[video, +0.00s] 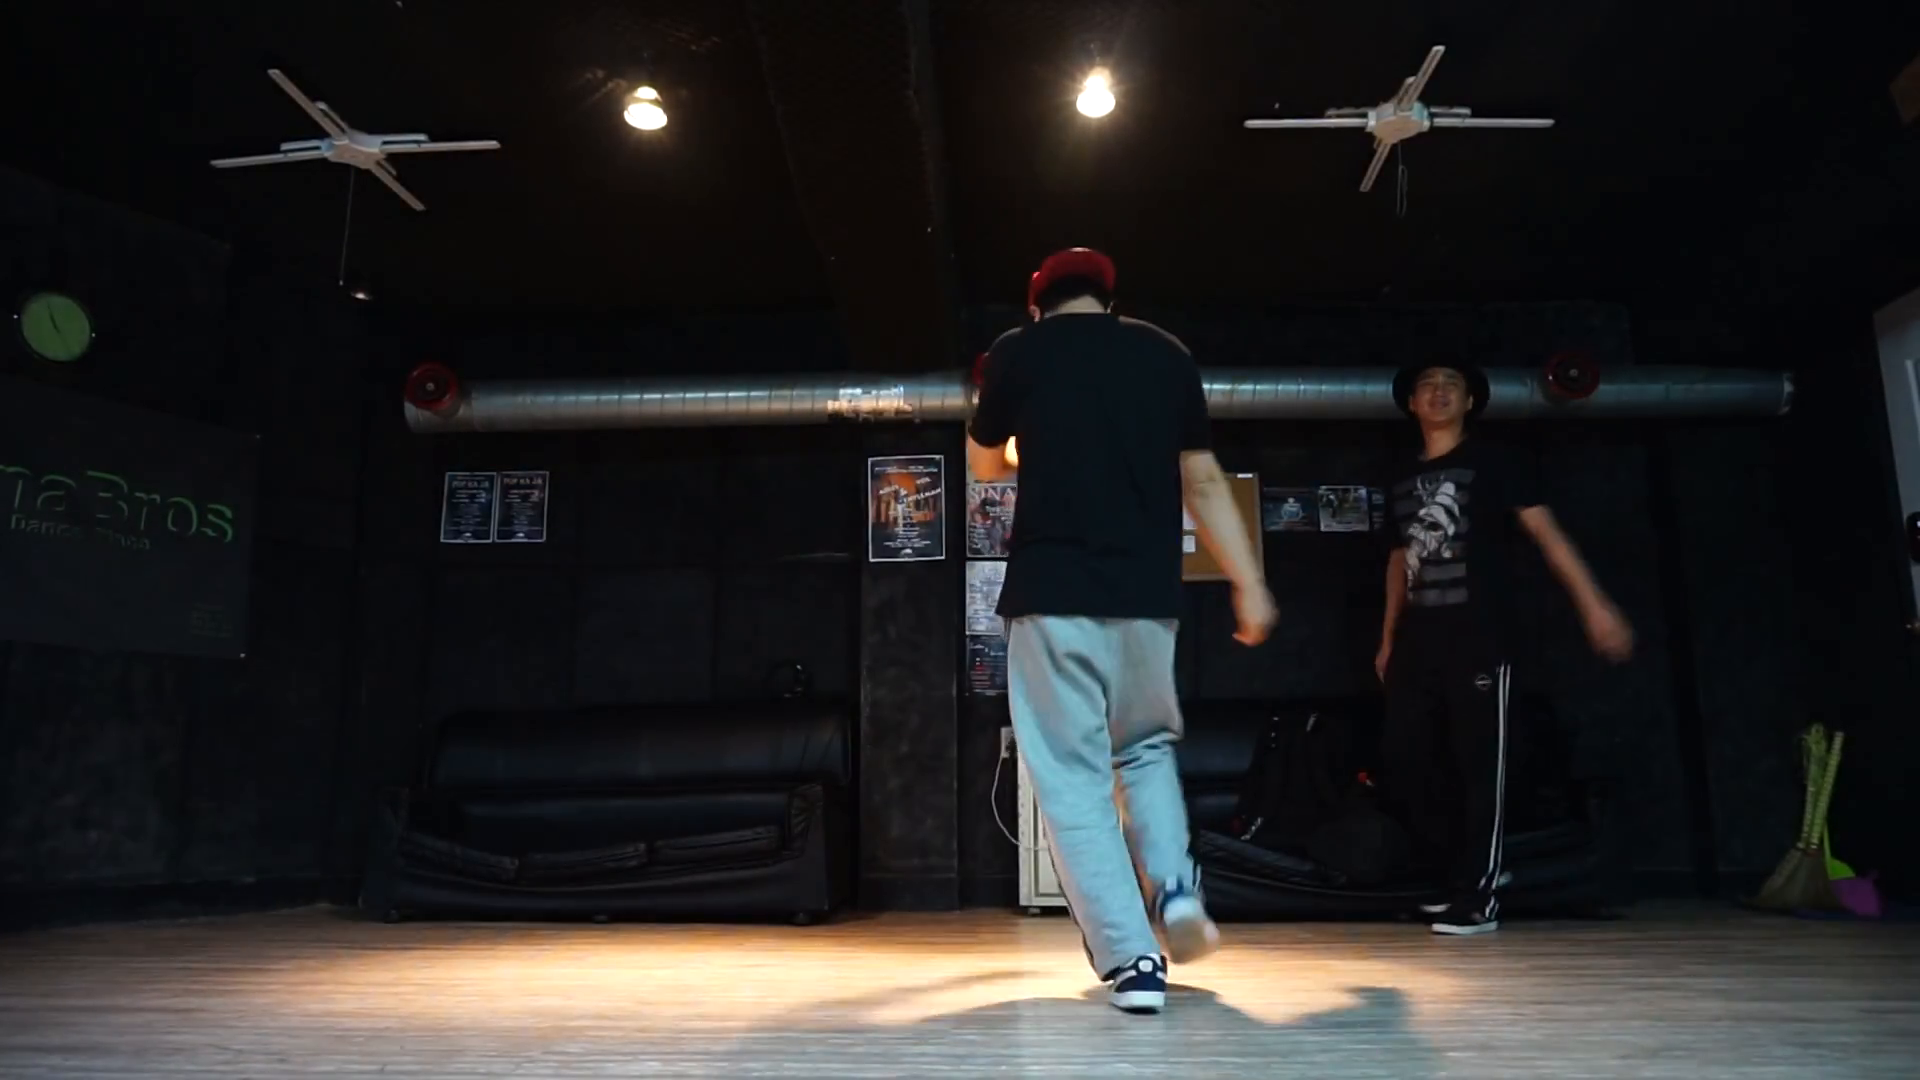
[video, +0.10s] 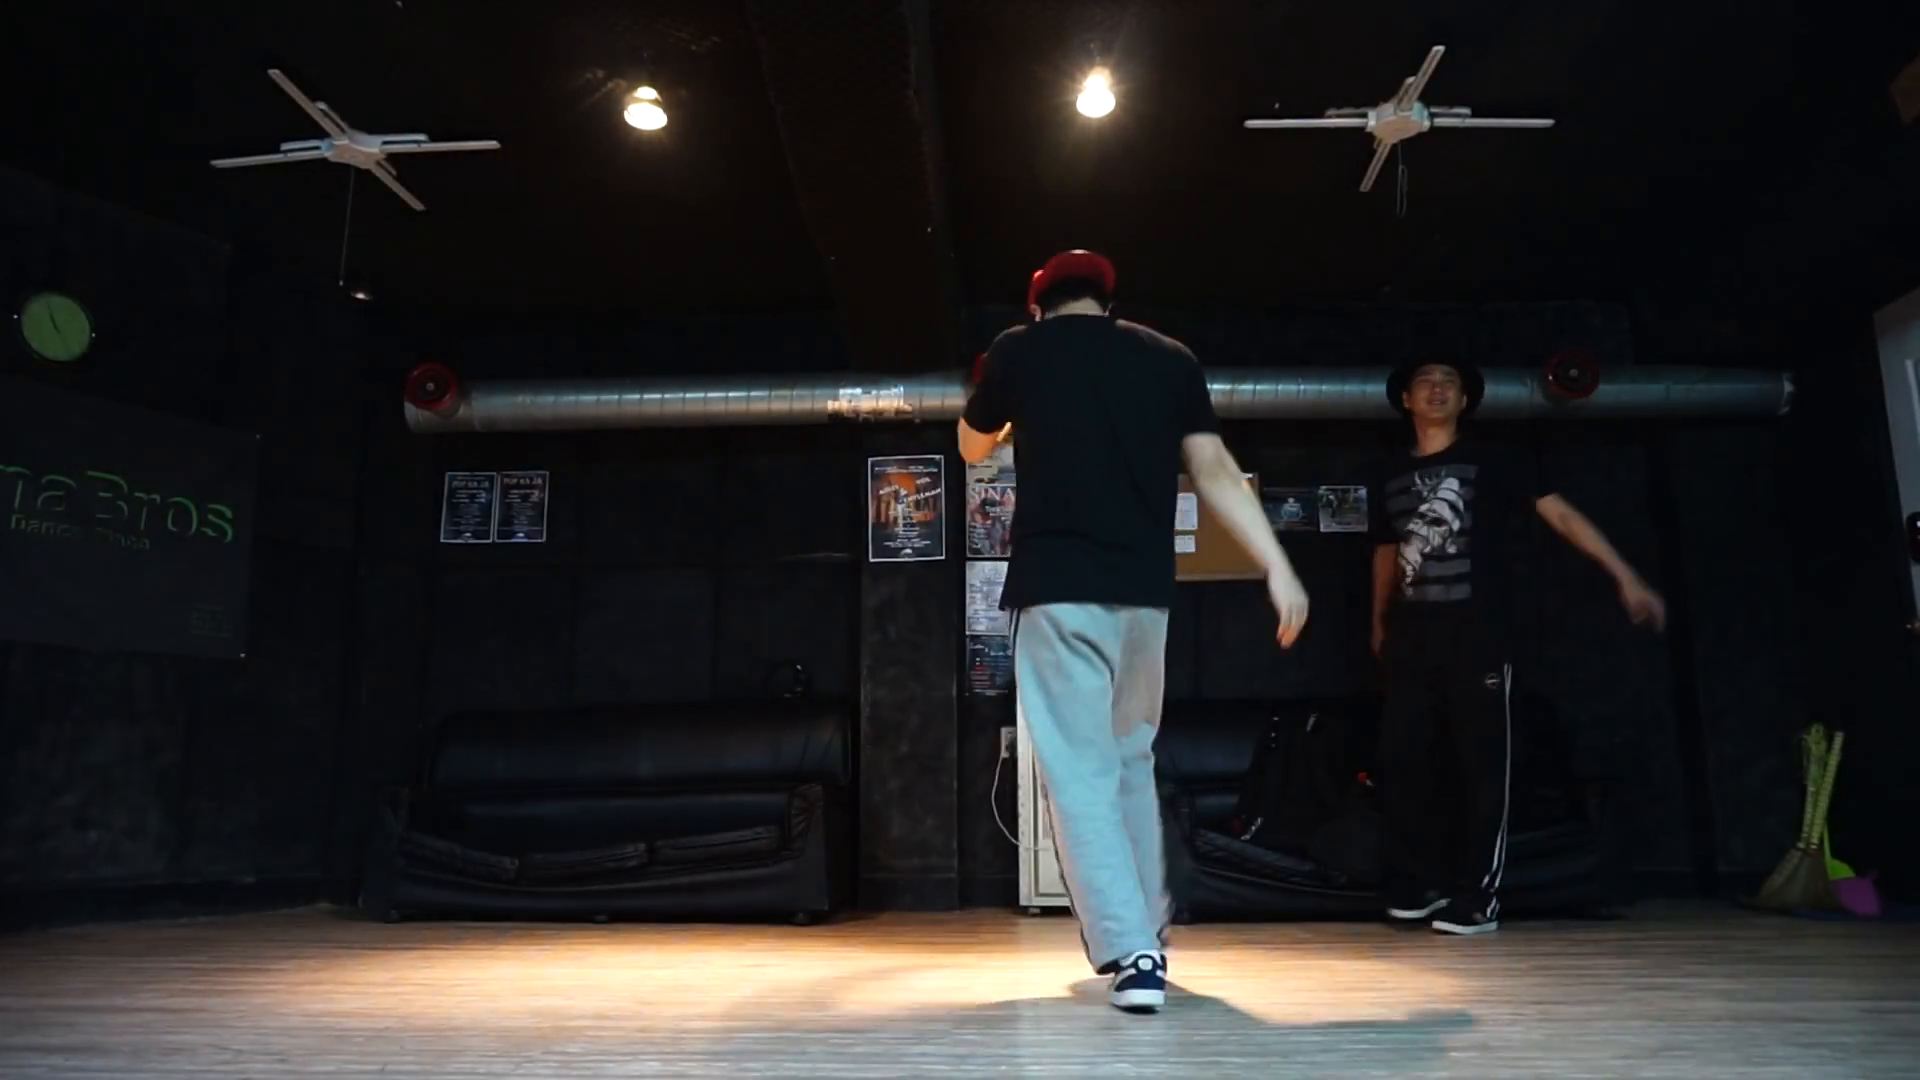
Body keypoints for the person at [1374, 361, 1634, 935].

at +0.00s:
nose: (1438, 393)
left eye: (1450, 385)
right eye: (1427, 385)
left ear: (1470, 401)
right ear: (1410, 402)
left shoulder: (1496, 463)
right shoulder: (1405, 480)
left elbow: (1548, 534)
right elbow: (1399, 564)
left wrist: (1595, 608)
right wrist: (1389, 639)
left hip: (1481, 639)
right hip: (1420, 644)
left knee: (1480, 770)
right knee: (1422, 764)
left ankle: (1478, 900)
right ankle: (1452, 883)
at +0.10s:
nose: (1436, 391)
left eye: (1447, 383)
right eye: (1425, 383)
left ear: (1465, 398)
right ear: (1406, 399)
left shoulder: (1494, 459)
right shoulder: (1392, 474)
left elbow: (1562, 517)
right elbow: (1385, 555)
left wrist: (1625, 576)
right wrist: (1380, 620)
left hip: (1478, 637)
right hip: (1414, 638)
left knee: (1483, 770)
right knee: (1414, 764)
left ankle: (1479, 900)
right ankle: (1428, 886)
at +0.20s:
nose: (1433, 392)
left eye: (1443, 385)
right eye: (1421, 385)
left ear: (1458, 401)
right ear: (1399, 401)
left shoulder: (1489, 463)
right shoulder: (1385, 478)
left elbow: (1563, 517)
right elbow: (1367, 550)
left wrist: (1635, 568)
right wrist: (1353, 606)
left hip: (1478, 640)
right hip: (1407, 643)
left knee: (1486, 770)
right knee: (1403, 765)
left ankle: (1478, 901)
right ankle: (1399, 897)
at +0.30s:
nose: (1425, 393)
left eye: (1435, 385)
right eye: (1413, 386)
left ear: (1450, 401)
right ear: (1391, 404)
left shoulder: (1483, 468)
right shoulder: (1372, 480)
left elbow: (1551, 522)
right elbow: (1338, 545)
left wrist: (1631, 574)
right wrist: (1305, 598)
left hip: (1477, 643)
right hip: (1403, 646)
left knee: (1488, 770)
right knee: (1405, 769)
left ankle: (1478, 903)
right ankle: (1398, 902)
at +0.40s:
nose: (1420, 390)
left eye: (1428, 383)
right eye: (1407, 382)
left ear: (1442, 400)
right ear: (1382, 400)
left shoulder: (1475, 465)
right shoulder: (1361, 477)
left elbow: (1539, 526)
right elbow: (1307, 537)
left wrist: (1616, 588)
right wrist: (1255, 583)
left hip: (1471, 642)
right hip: (1396, 646)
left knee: (1486, 773)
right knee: (1400, 772)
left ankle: (1473, 901)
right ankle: (1398, 903)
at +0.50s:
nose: (1416, 388)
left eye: (1424, 382)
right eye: (1403, 381)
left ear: (1437, 400)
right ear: (1377, 401)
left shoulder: (1469, 465)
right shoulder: (1356, 476)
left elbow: (1531, 528)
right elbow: (1289, 534)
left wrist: (1604, 594)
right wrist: (1215, 569)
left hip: (1466, 642)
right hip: (1393, 644)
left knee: (1484, 775)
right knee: (1396, 773)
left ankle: (1467, 900)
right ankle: (1399, 902)